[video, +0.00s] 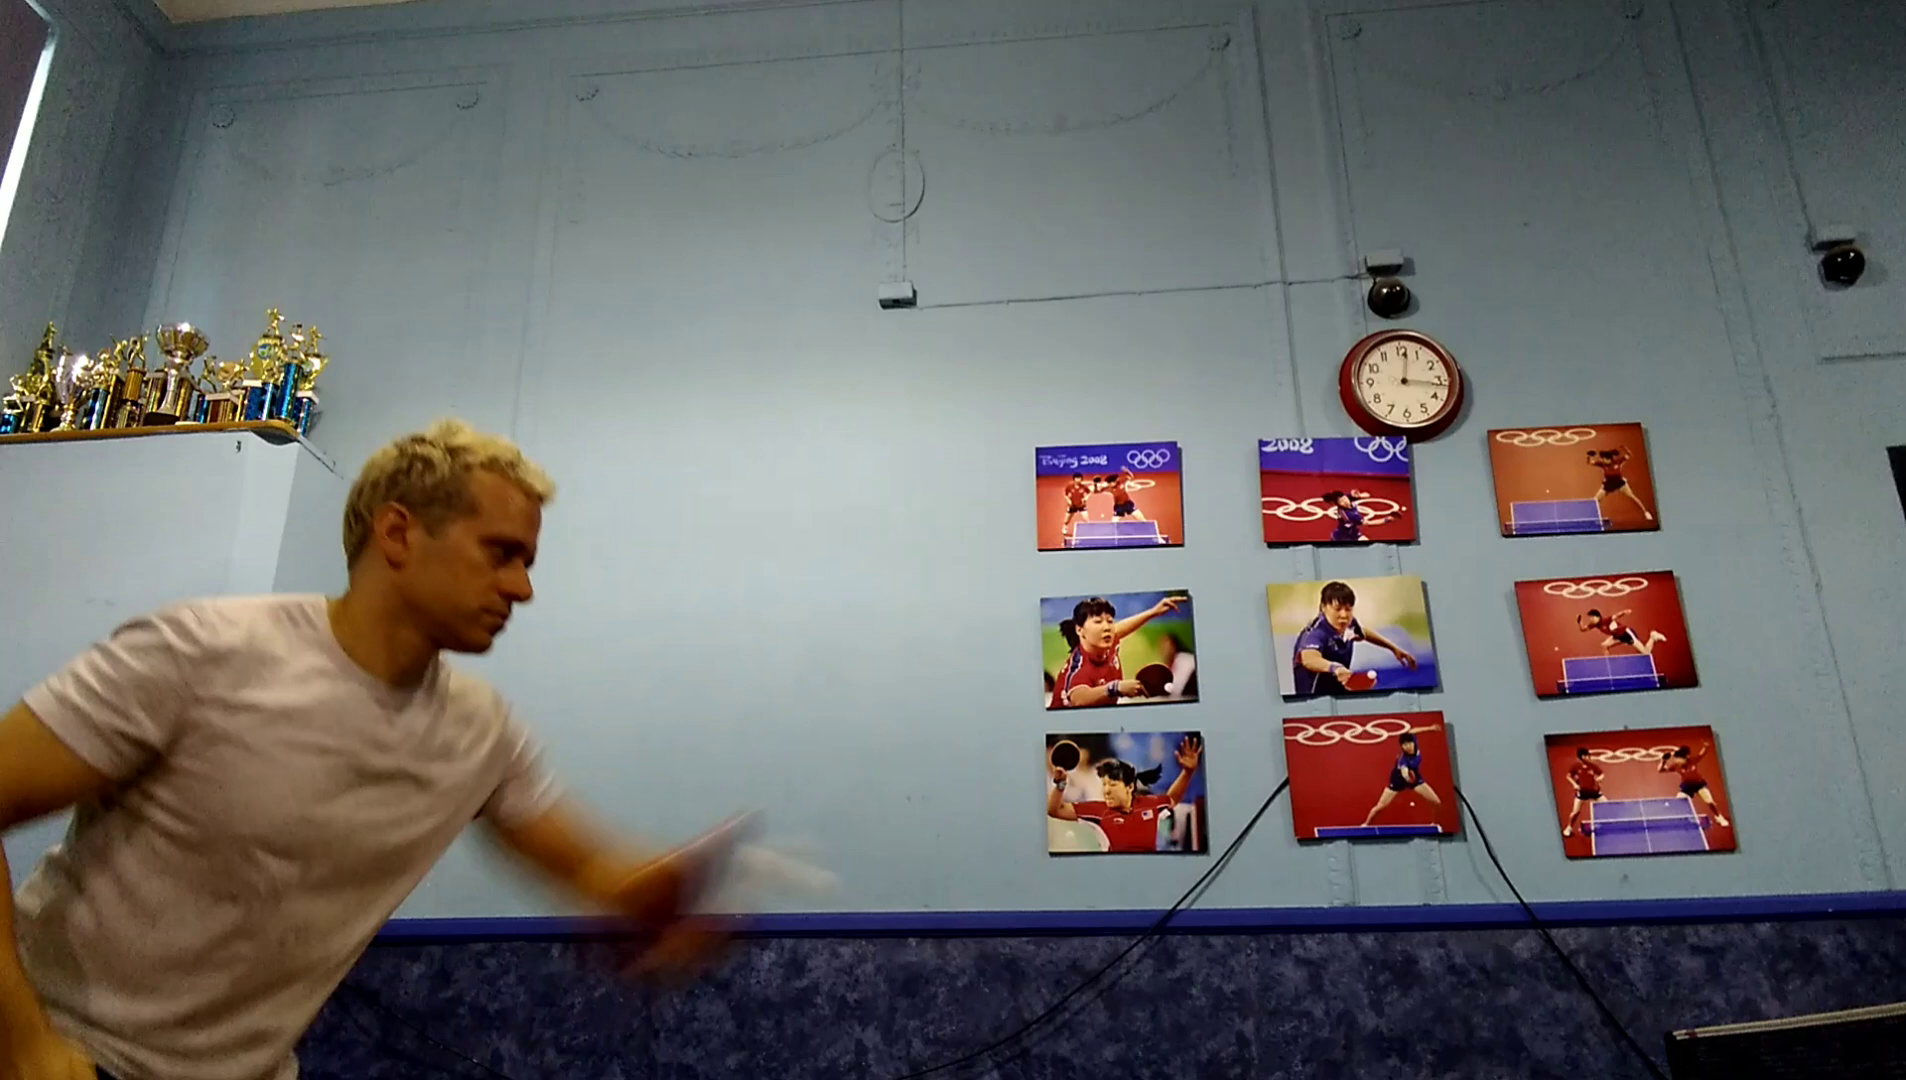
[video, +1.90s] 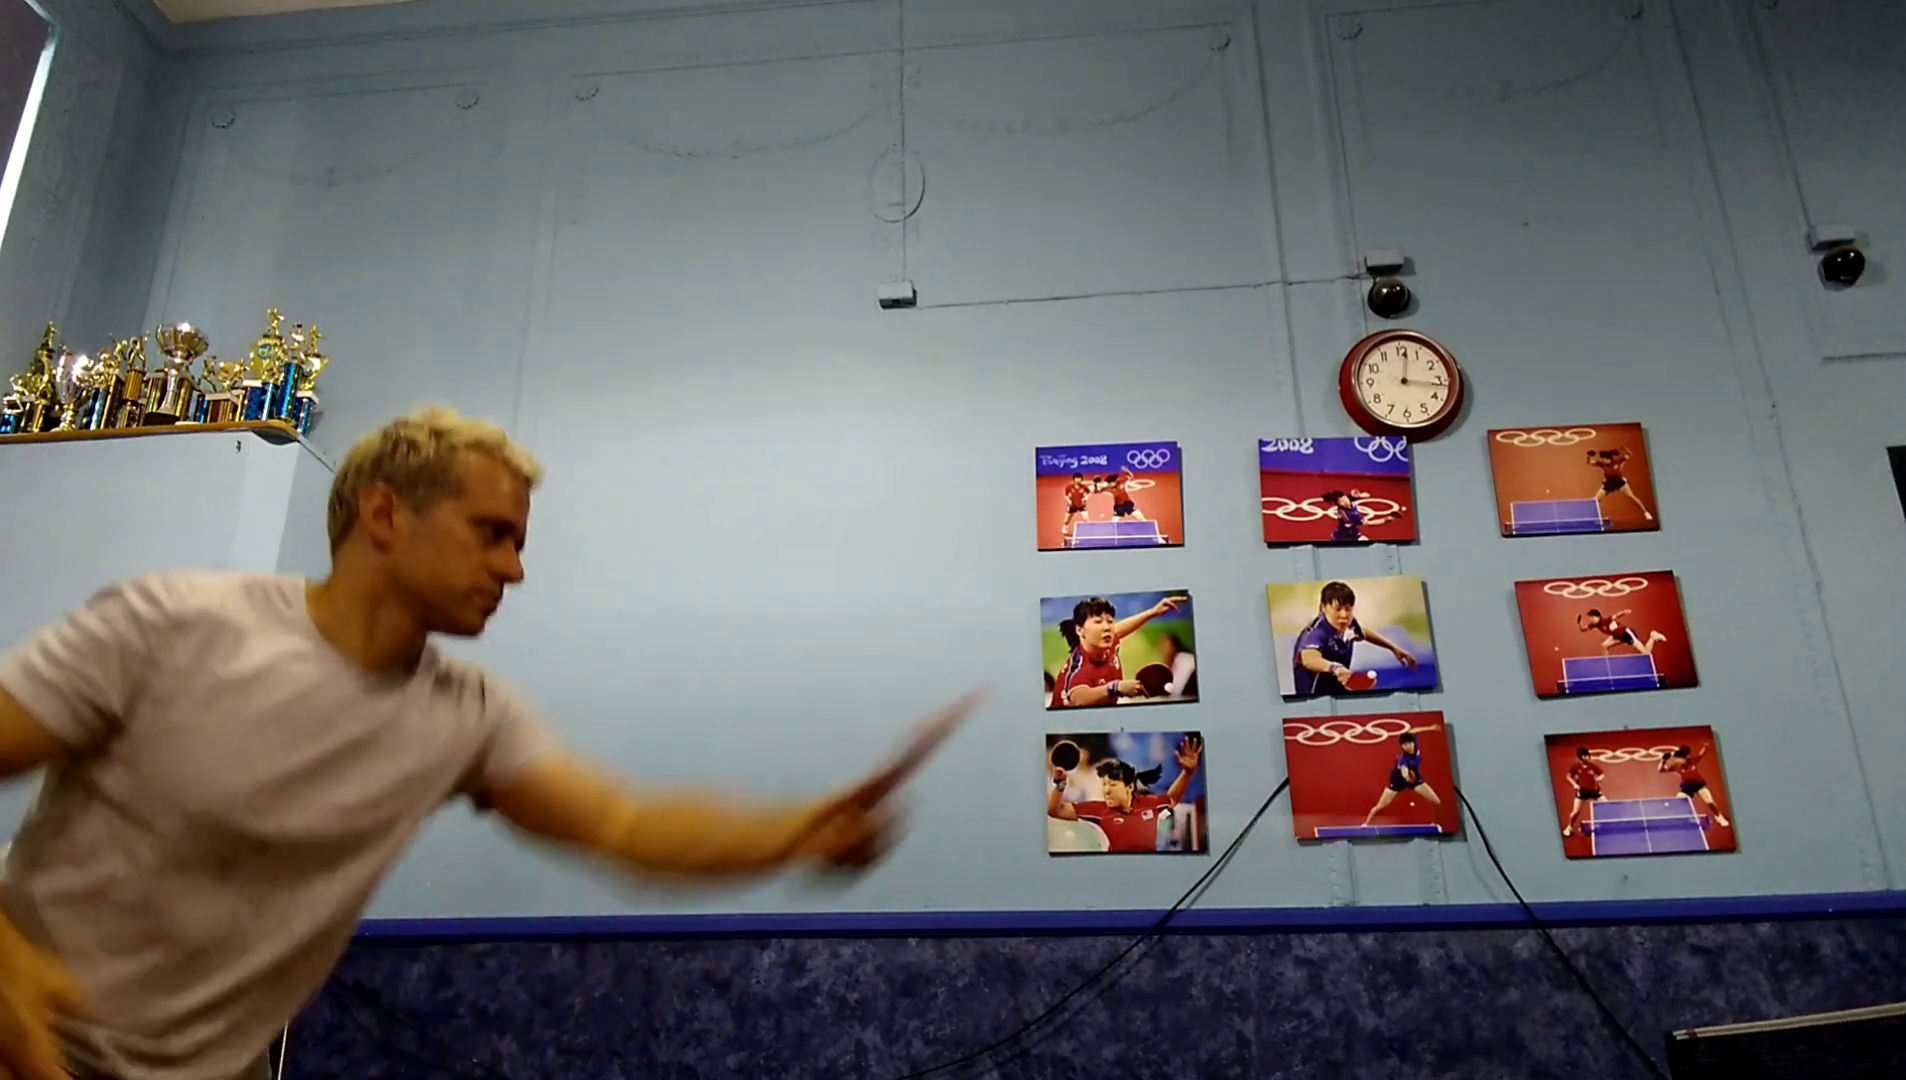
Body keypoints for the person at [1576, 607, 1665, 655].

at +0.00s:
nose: (1591, 621)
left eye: (1592, 618)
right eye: (1590, 619)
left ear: (1597, 617)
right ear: (1592, 619)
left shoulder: (1607, 620)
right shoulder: (1594, 625)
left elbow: (1617, 616)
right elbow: (1583, 630)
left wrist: (1625, 612)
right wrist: (1579, 623)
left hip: (1627, 634)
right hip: (1617, 637)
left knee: (1645, 652)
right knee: (1604, 645)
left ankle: (1653, 636)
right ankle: (1608, 667)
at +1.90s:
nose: (1590, 620)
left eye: (1591, 618)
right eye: (1590, 619)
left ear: (1597, 617)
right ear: (1593, 618)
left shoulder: (1607, 620)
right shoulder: (1594, 625)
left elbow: (1617, 615)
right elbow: (1583, 630)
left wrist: (1625, 612)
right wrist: (1579, 623)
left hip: (1627, 634)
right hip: (1617, 637)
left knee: (1645, 652)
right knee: (1604, 645)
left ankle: (1653, 636)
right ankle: (1608, 667)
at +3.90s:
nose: (1590, 620)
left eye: (1591, 618)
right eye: (1590, 618)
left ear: (1597, 617)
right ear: (1593, 618)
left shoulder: (1606, 621)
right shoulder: (1594, 624)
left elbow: (1617, 616)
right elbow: (1583, 630)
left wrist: (1625, 612)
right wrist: (1579, 623)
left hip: (1627, 634)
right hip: (1617, 637)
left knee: (1646, 652)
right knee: (1604, 645)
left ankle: (1653, 636)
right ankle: (1608, 667)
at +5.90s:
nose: (1590, 620)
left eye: (1591, 618)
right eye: (1590, 618)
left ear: (1597, 617)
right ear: (1593, 618)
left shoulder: (1607, 620)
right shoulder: (1594, 624)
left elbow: (1617, 615)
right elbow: (1583, 630)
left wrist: (1625, 612)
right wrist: (1579, 623)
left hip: (1627, 634)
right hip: (1618, 636)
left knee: (1645, 652)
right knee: (1604, 645)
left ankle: (1653, 636)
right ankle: (1607, 667)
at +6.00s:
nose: (1591, 620)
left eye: (1592, 618)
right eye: (1590, 619)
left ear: (1597, 617)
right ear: (1593, 619)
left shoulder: (1607, 620)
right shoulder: (1594, 625)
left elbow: (1617, 615)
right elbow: (1583, 630)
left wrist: (1626, 612)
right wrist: (1579, 623)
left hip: (1627, 633)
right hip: (1617, 636)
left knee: (1645, 652)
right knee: (1604, 645)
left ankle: (1653, 636)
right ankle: (1608, 667)